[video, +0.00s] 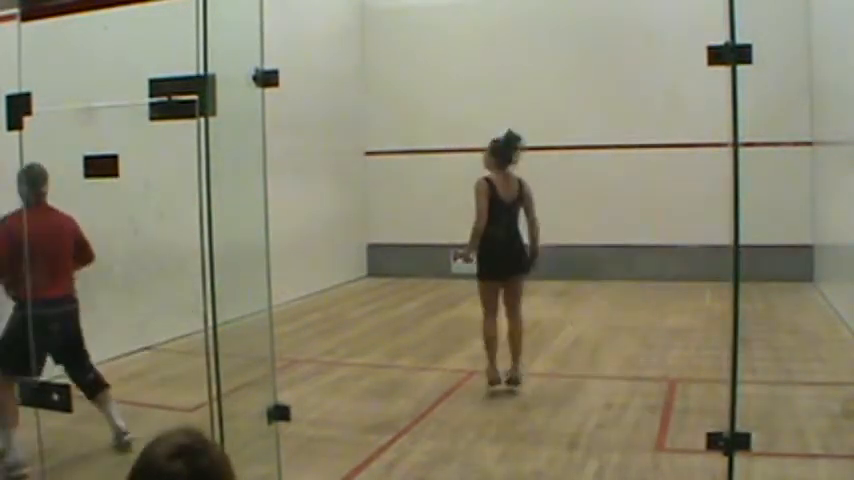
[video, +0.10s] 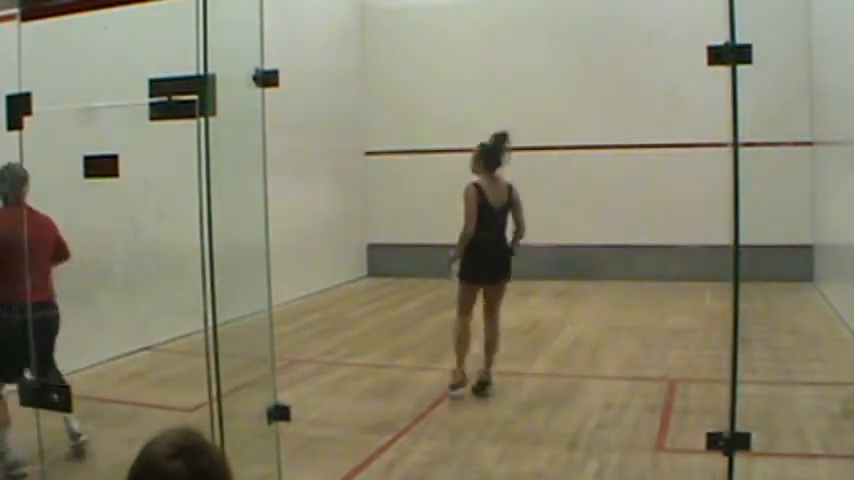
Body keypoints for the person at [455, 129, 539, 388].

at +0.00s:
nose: (484, 157)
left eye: (487, 154)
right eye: (486, 153)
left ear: (493, 158)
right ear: (508, 159)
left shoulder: (484, 184)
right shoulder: (520, 184)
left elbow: (481, 220)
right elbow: (532, 221)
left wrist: (469, 248)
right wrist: (534, 249)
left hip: (490, 254)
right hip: (516, 252)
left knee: (490, 313)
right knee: (514, 311)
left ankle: (492, 368)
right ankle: (515, 367)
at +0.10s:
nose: (471, 162)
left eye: (474, 158)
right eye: (474, 158)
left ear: (481, 162)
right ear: (496, 164)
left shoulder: (474, 189)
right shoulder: (508, 189)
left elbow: (470, 228)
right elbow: (519, 226)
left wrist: (457, 252)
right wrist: (513, 245)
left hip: (475, 254)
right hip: (500, 254)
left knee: (464, 314)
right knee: (492, 316)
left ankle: (459, 372)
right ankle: (487, 373)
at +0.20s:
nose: (457, 174)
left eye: (461, 170)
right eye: (459, 169)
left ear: (470, 174)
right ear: (482, 175)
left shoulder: (463, 202)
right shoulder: (496, 201)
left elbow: (457, 240)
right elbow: (506, 238)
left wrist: (445, 262)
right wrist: (491, 252)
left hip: (460, 270)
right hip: (485, 271)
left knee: (435, 321)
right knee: (478, 324)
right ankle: (480, 379)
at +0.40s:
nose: (422, 182)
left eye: (425, 178)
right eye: (423, 177)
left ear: (437, 182)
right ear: (446, 182)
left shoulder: (428, 210)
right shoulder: (463, 209)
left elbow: (422, 251)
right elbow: (468, 252)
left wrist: (401, 278)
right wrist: (449, 256)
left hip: (426, 280)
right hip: (453, 279)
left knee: (398, 333)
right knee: (458, 329)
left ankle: (373, 381)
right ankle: (478, 381)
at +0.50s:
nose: (402, 186)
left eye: (405, 182)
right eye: (403, 181)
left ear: (416, 185)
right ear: (427, 186)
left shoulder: (407, 213)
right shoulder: (442, 213)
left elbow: (400, 254)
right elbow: (451, 255)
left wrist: (378, 284)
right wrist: (432, 264)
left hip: (405, 283)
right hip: (432, 283)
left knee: (387, 339)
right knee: (451, 335)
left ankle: (372, 394)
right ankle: (478, 383)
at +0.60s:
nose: (385, 187)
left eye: (388, 183)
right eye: (386, 182)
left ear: (398, 186)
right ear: (411, 187)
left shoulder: (386, 214)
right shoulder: (425, 215)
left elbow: (379, 254)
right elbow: (435, 256)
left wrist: (357, 282)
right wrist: (415, 268)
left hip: (387, 285)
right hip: (415, 283)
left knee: (375, 344)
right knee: (437, 336)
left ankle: (370, 396)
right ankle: (467, 383)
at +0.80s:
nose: (370, 169)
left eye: (370, 165)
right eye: (374, 165)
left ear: (371, 168)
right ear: (393, 168)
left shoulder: (361, 199)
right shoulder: (405, 201)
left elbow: (348, 236)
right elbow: (420, 243)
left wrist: (324, 262)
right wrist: (398, 253)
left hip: (369, 274)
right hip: (399, 273)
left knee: (361, 332)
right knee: (409, 330)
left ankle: (363, 389)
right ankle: (420, 388)